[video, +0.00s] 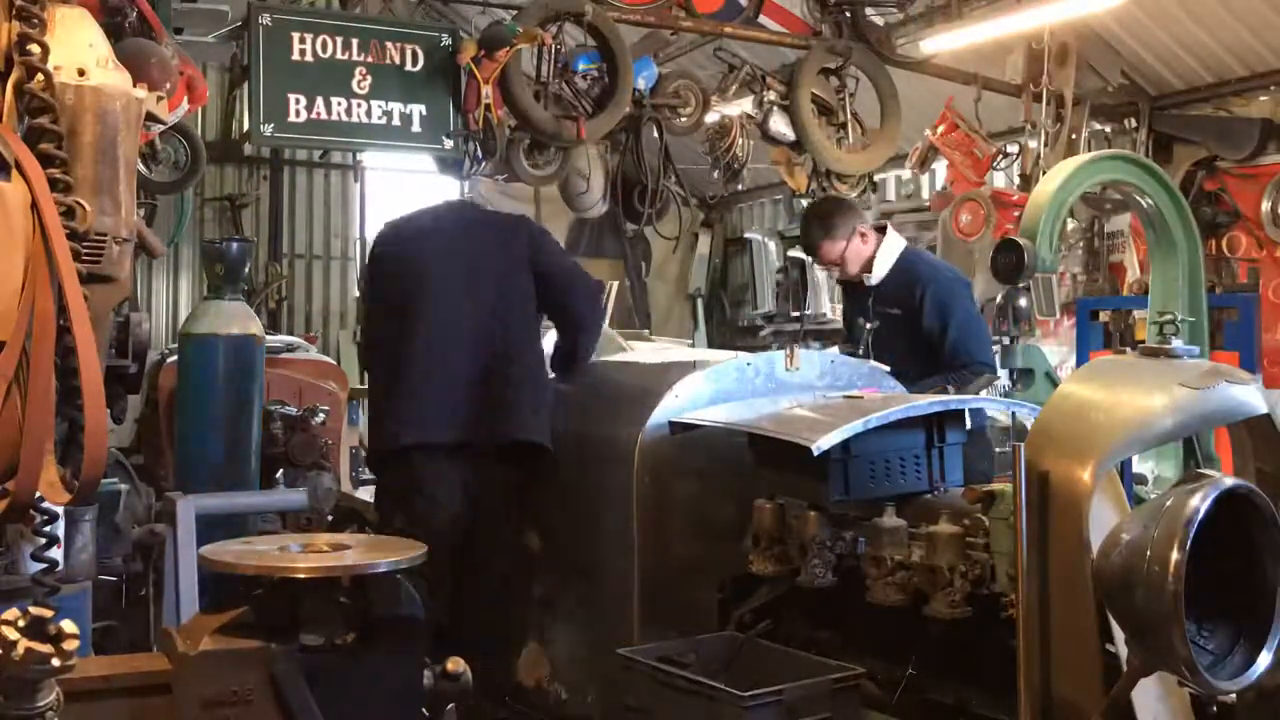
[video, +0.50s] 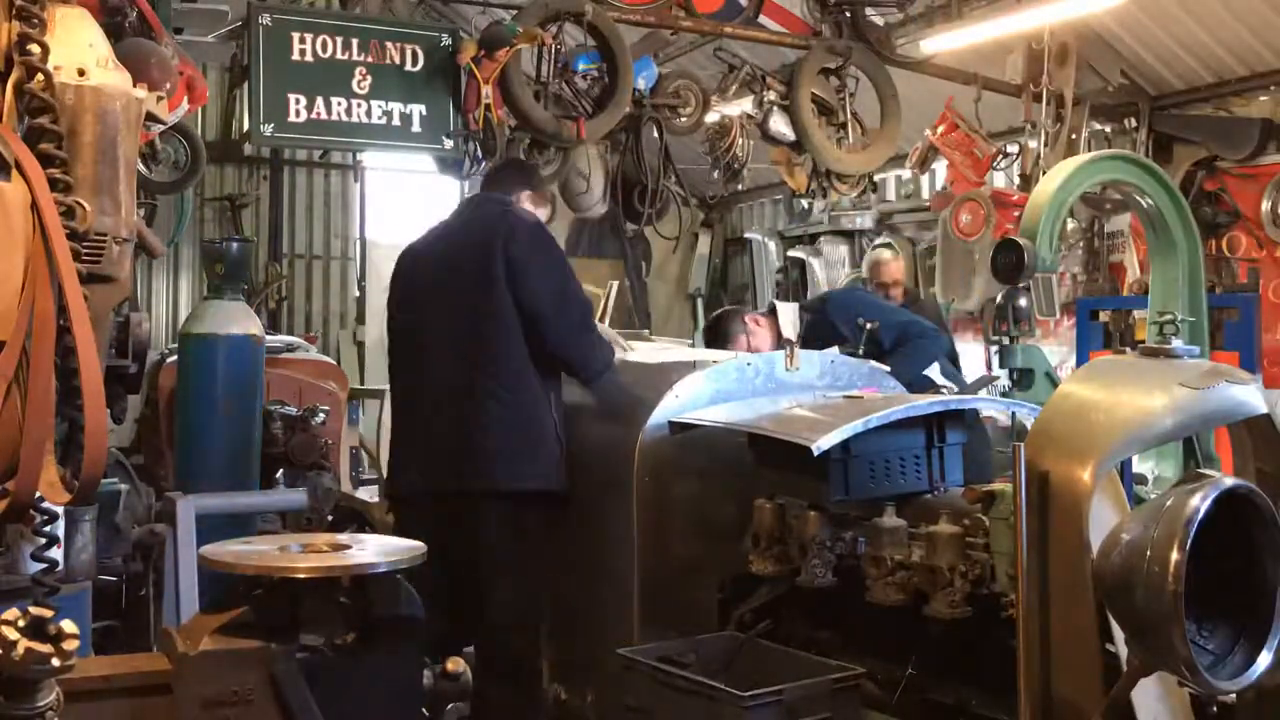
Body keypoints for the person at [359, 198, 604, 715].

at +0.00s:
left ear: (448, 200)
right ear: (493, 204)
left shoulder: (394, 236)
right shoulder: (520, 232)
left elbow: (372, 334)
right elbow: (584, 299)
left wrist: (387, 402)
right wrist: (561, 374)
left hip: (412, 429)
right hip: (507, 428)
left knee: (418, 569)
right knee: (497, 567)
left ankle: (424, 694)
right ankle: (492, 698)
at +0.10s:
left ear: (459, 223)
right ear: (515, 229)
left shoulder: (401, 259)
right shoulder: (526, 247)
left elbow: (363, 357)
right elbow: (583, 314)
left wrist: (370, 448)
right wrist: (560, 371)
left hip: (407, 433)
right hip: (502, 432)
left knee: (407, 568)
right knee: (495, 565)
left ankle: (407, 692)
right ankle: (492, 694)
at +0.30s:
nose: (584, 257)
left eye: (586, 249)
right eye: (586, 247)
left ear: (530, 220)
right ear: (572, 230)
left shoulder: (453, 264)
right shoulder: (558, 267)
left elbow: (416, 367)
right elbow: (573, 380)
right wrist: (600, 357)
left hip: (426, 471)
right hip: (511, 477)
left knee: (441, 615)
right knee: (507, 624)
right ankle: (503, 709)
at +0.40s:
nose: (587, 249)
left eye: (592, 238)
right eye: (589, 234)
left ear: (542, 208)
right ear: (560, 210)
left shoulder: (453, 261)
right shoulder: (546, 257)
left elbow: (416, 371)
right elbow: (564, 369)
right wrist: (596, 347)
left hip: (419, 473)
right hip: (501, 478)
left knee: (442, 618)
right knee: (504, 630)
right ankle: (504, 711)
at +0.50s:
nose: (543, 222)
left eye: (546, 216)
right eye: (544, 214)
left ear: (483, 194)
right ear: (527, 199)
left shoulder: (416, 253)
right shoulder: (520, 235)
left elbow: (407, 362)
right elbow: (566, 331)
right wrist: (607, 366)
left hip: (424, 456)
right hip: (508, 453)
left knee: (446, 600)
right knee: (513, 601)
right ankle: (508, 708)